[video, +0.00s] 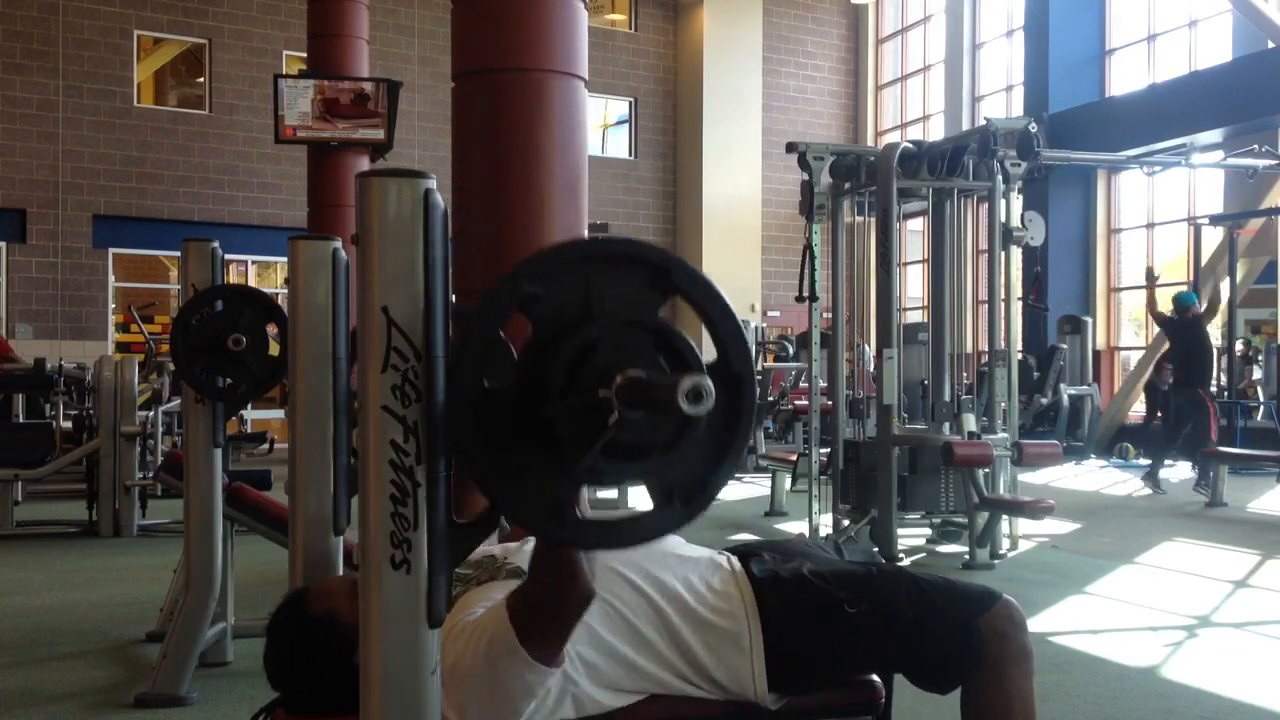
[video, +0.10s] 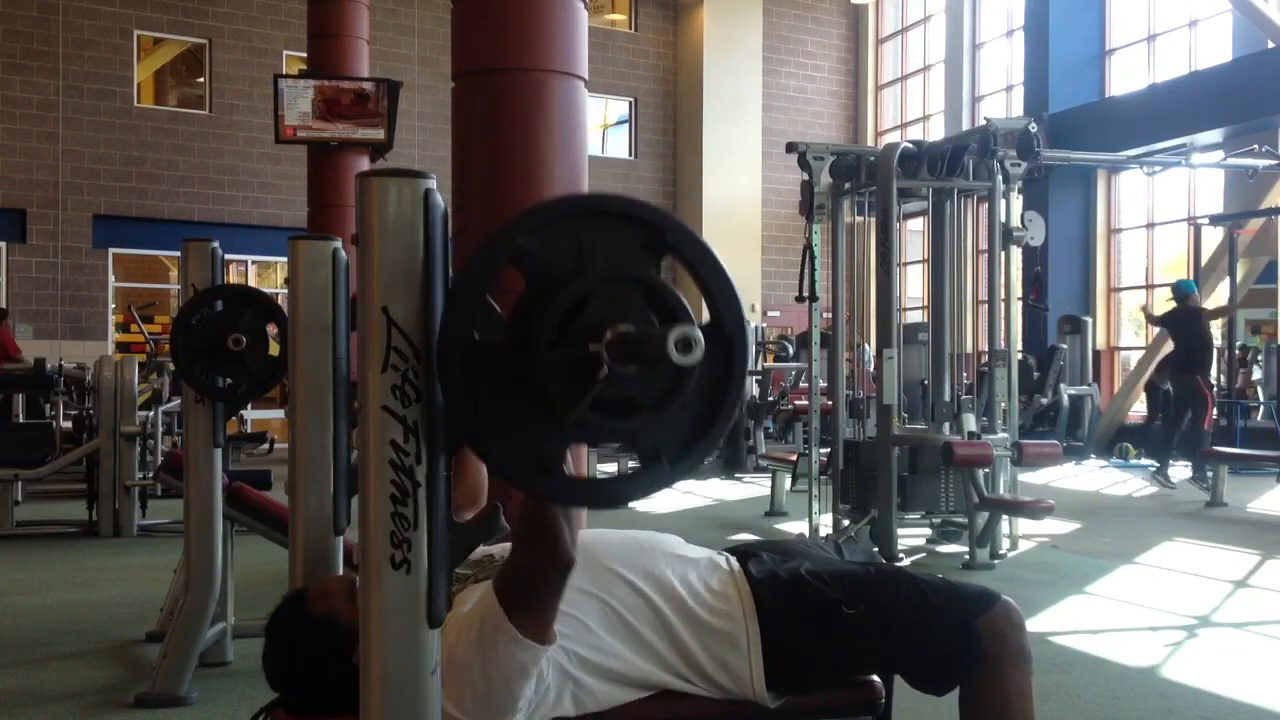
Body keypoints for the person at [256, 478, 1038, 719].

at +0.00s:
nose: (370, 574)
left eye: (355, 575)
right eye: (355, 591)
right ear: (359, 647)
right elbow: (556, 596)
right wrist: (545, 465)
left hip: (737, 580)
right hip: (754, 618)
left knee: (867, 689)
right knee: (992, 625)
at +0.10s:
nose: (373, 566)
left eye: (356, 566)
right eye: (355, 584)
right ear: (356, 649)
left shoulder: (455, 634)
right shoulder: (467, 681)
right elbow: (545, 541)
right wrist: (519, 390)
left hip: (740, 595)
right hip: (761, 610)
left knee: (863, 696)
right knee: (991, 626)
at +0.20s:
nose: (369, 567)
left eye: (353, 567)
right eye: (353, 586)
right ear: (357, 650)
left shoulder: (458, 629)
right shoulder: (471, 683)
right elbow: (525, 524)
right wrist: (510, 355)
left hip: (737, 579)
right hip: (756, 612)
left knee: (863, 693)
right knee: (990, 626)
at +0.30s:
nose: (367, 571)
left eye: (353, 572)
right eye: (354, 589)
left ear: (353, 648)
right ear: (362, 649)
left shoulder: (442, 619)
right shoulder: (474, 672)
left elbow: (484, 487)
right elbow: (505, 489)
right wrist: (522, 330)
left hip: (722, 570)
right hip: (748, 618)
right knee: (990, 627)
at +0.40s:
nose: (364, 575)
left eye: (349, 574)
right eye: (349, 590)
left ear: (353, 639)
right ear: (358, 644)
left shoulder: (449, 619)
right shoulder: (469, 669)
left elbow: (488, 481)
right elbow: (501, 488)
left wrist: (507, 342)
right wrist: (522, 346)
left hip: (726, 573)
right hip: (747, 617)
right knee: (988, 627)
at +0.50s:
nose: (368, 576)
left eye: (353, 575)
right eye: (354, 591)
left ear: (365, 613)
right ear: (361, 649)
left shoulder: (450, 616)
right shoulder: (469, 673)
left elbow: (498, 474)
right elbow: (499, 489)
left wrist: (509, 328)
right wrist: (521, 327)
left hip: (727, 570)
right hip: (752, 618)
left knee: (864, 561)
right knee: (990, 627)